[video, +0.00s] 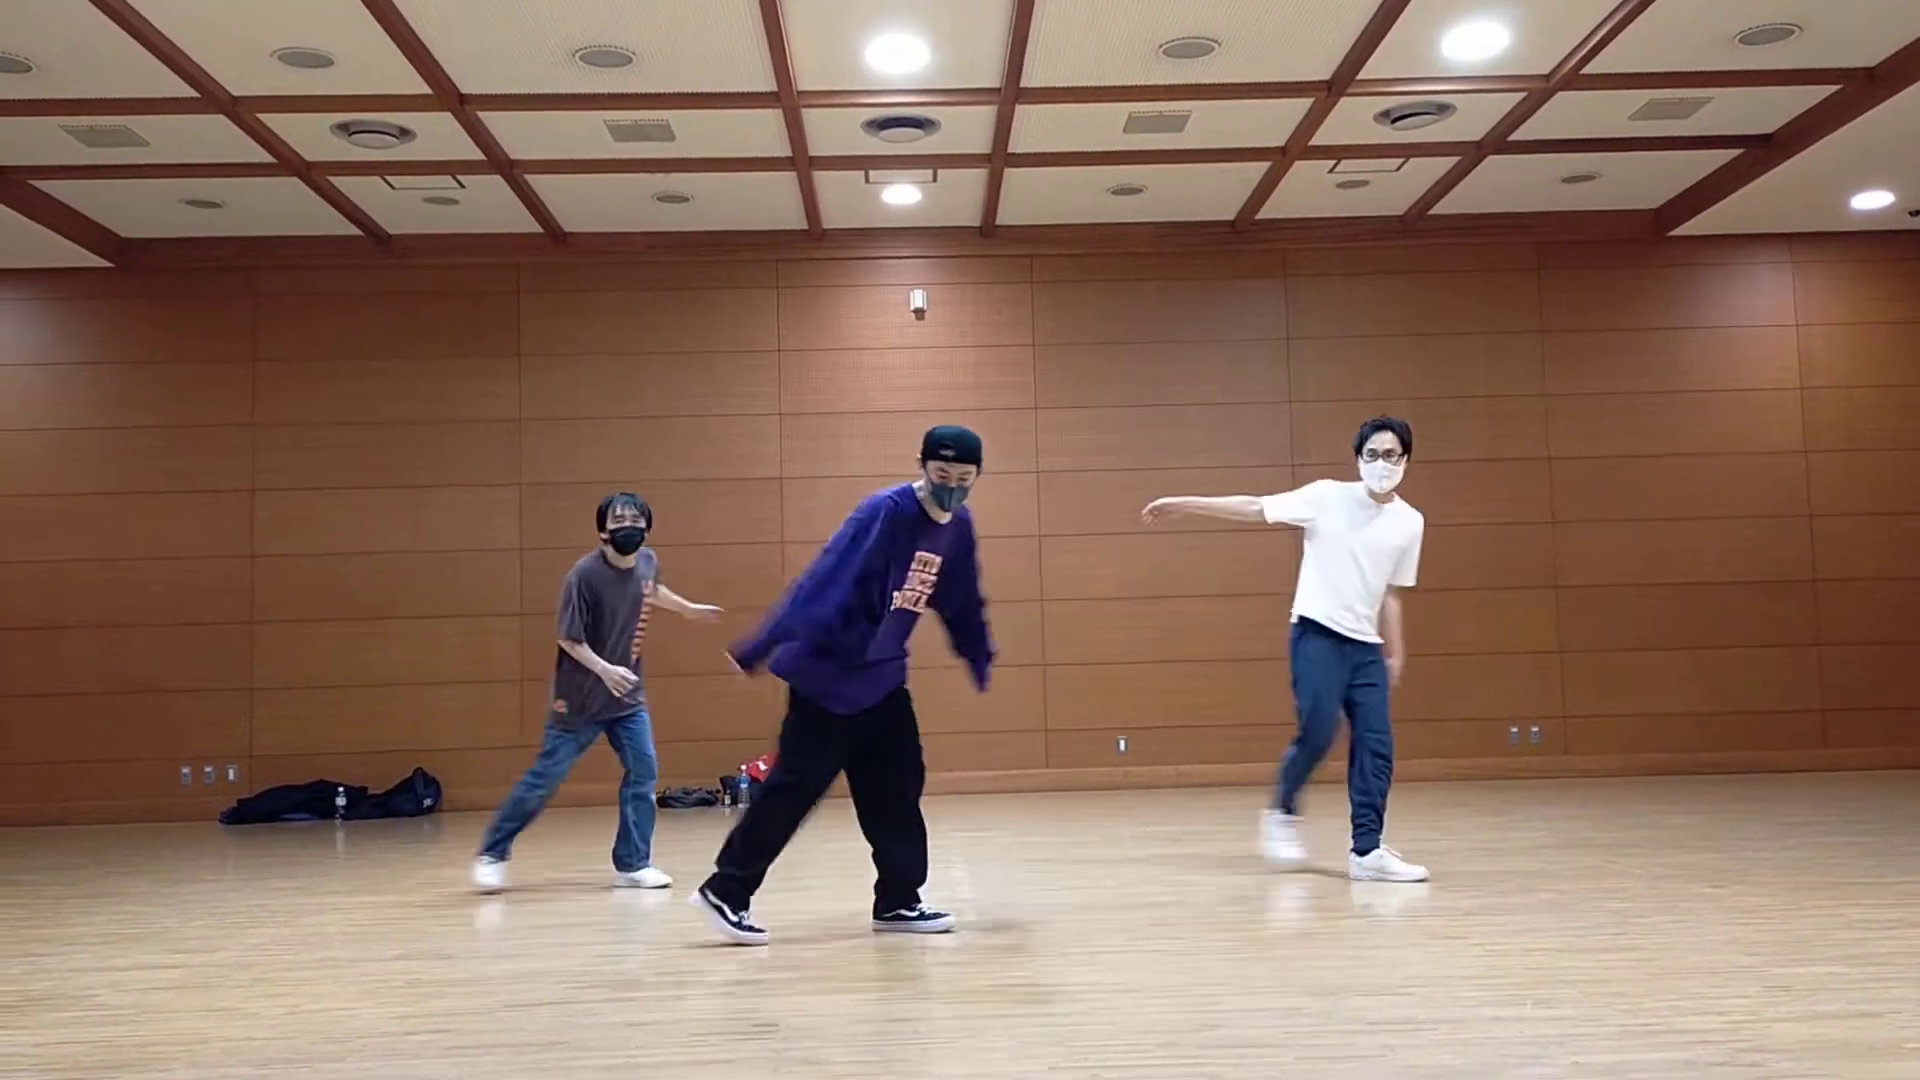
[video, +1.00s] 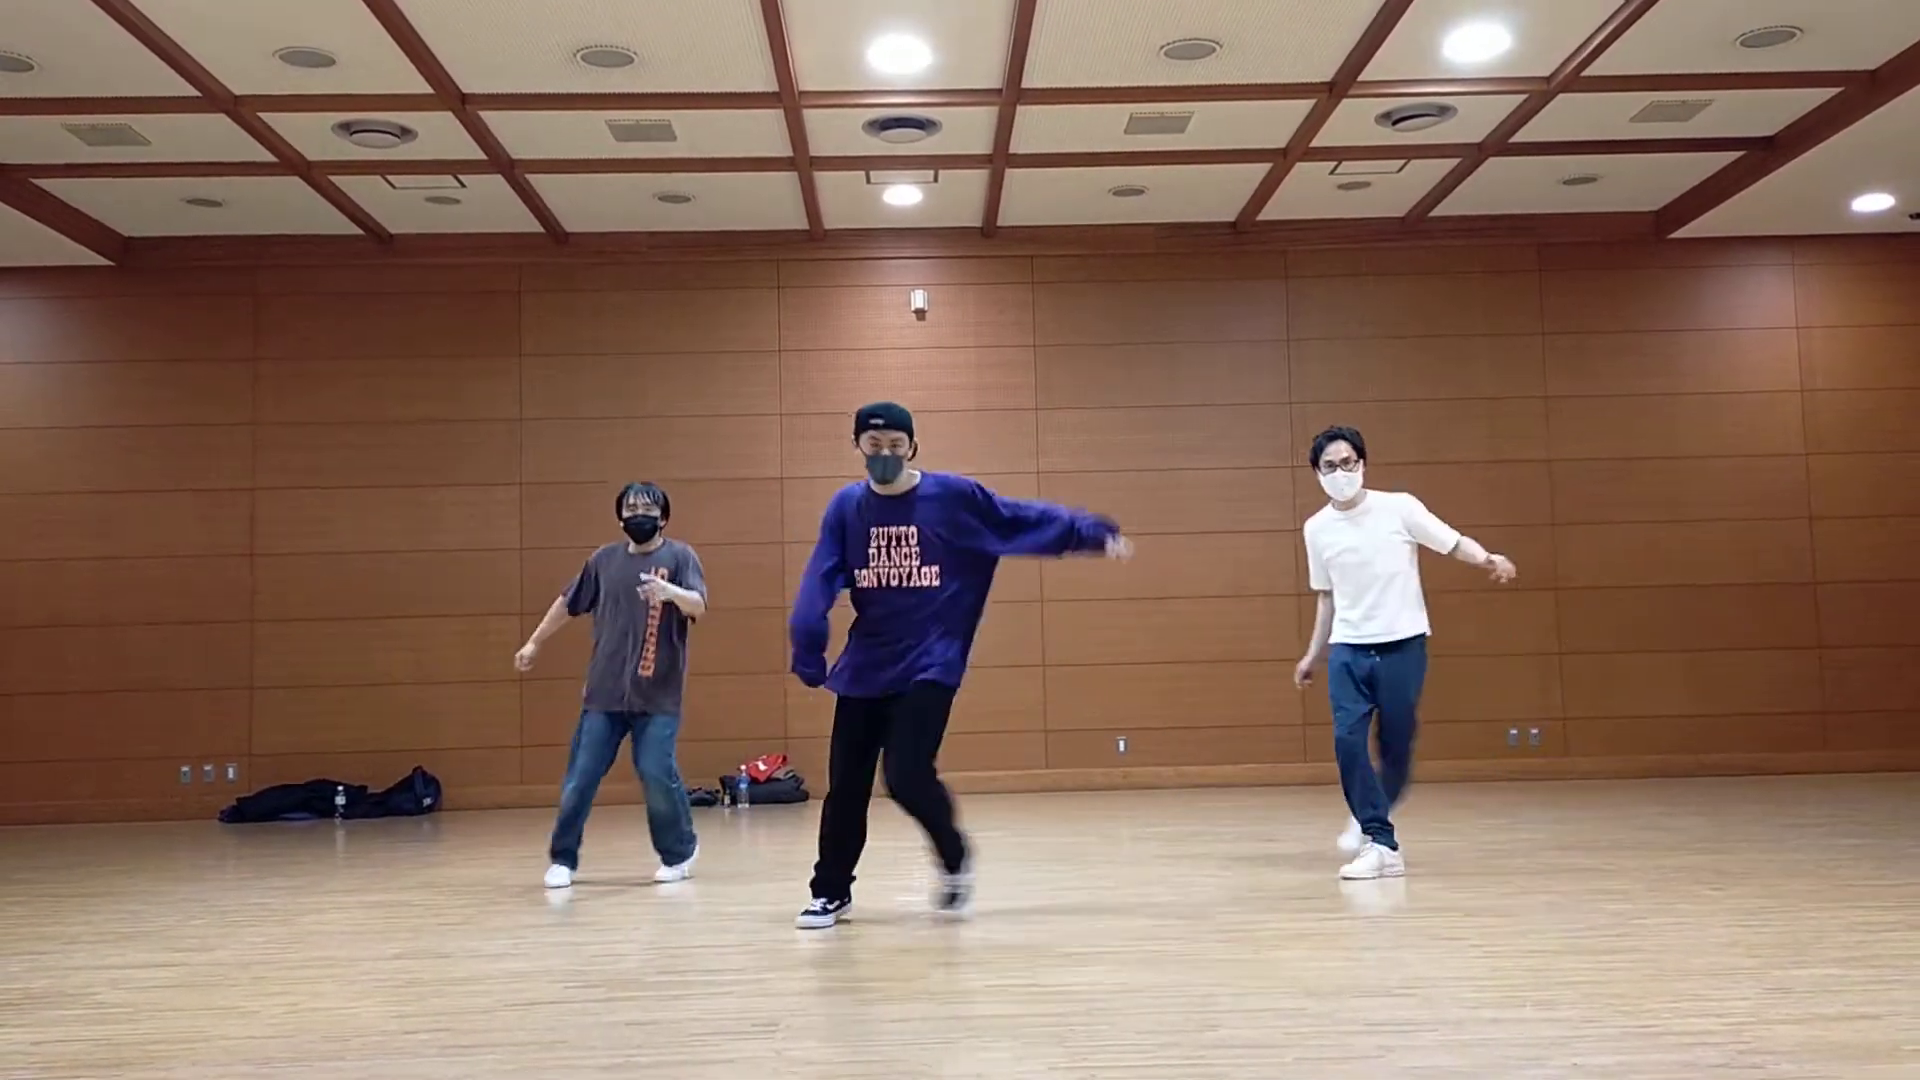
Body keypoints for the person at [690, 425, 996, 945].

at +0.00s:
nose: (951, 483)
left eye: (963, 475)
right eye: (942, 471)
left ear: (975, 478)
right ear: (924, 467)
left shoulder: (958, 527)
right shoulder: (884, 513)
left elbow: (960, 594)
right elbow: (822, 580)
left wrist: (977, 649)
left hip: (882, 677)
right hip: (826, 675)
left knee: (897, 784)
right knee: (797, 783)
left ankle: (897, 902)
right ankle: (726, 890)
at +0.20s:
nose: (964, 467)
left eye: (975, 458)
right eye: (955, 456)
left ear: (988, 459)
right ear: (938, 451)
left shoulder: (998, 513)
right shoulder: (891, 489)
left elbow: (1042, 564)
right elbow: (818, 506)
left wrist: (1094, 592)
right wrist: (753, 518)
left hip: (955, 667)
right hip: (891, 664)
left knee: (940, 788)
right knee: (901, 784)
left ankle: (902, 901)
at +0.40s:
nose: (968, 479)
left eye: (979, 470)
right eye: (959, 469)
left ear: (997, 474)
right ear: (945, 470)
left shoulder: (1016, 533)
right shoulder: (918, 513)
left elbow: (1067, 592)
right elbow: (868, 544)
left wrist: (1111, 585)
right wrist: (831, 562)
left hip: (1004, 669)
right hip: (943, 678)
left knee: (998, 775)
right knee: (972, 781)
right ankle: (1032, 862)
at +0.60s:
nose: (962, 475)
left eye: (972, 466)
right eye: (952, 465)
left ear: (991, 466)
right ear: (940, 465)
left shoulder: (1017, 514)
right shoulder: (933, 513)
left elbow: (1031, 589)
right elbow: (917, 587)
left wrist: (1002, 626)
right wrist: (939, 564)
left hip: (1011, 672)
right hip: (953, 676)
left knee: (1039, 783)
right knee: (944, 794)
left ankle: (1110, 885)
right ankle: (1020, 857)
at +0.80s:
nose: (921, 463)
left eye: (932, 455)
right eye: (913, 454)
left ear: (950, 457)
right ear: (901, 455)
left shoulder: (976, 505)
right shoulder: (895, 500)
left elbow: (1007, 582)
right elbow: (880, 551)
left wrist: (1025, 653)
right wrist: (936, 558)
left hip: (982, 679)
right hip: (924, 680)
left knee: (1023, 784)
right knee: (884, 781)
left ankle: (1101, 879)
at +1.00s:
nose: (884, 451)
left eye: (894, 443)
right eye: (874, 442)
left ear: (911, 448)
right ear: (859, 447)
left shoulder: (951, 497)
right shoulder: (848, 508)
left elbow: (1020, 520)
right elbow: (819, 581)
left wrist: (1088, 530)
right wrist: (807, 646)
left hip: (933, 656)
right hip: (869, 658)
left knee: (905, 774)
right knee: (847, 783)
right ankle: (831, 892)